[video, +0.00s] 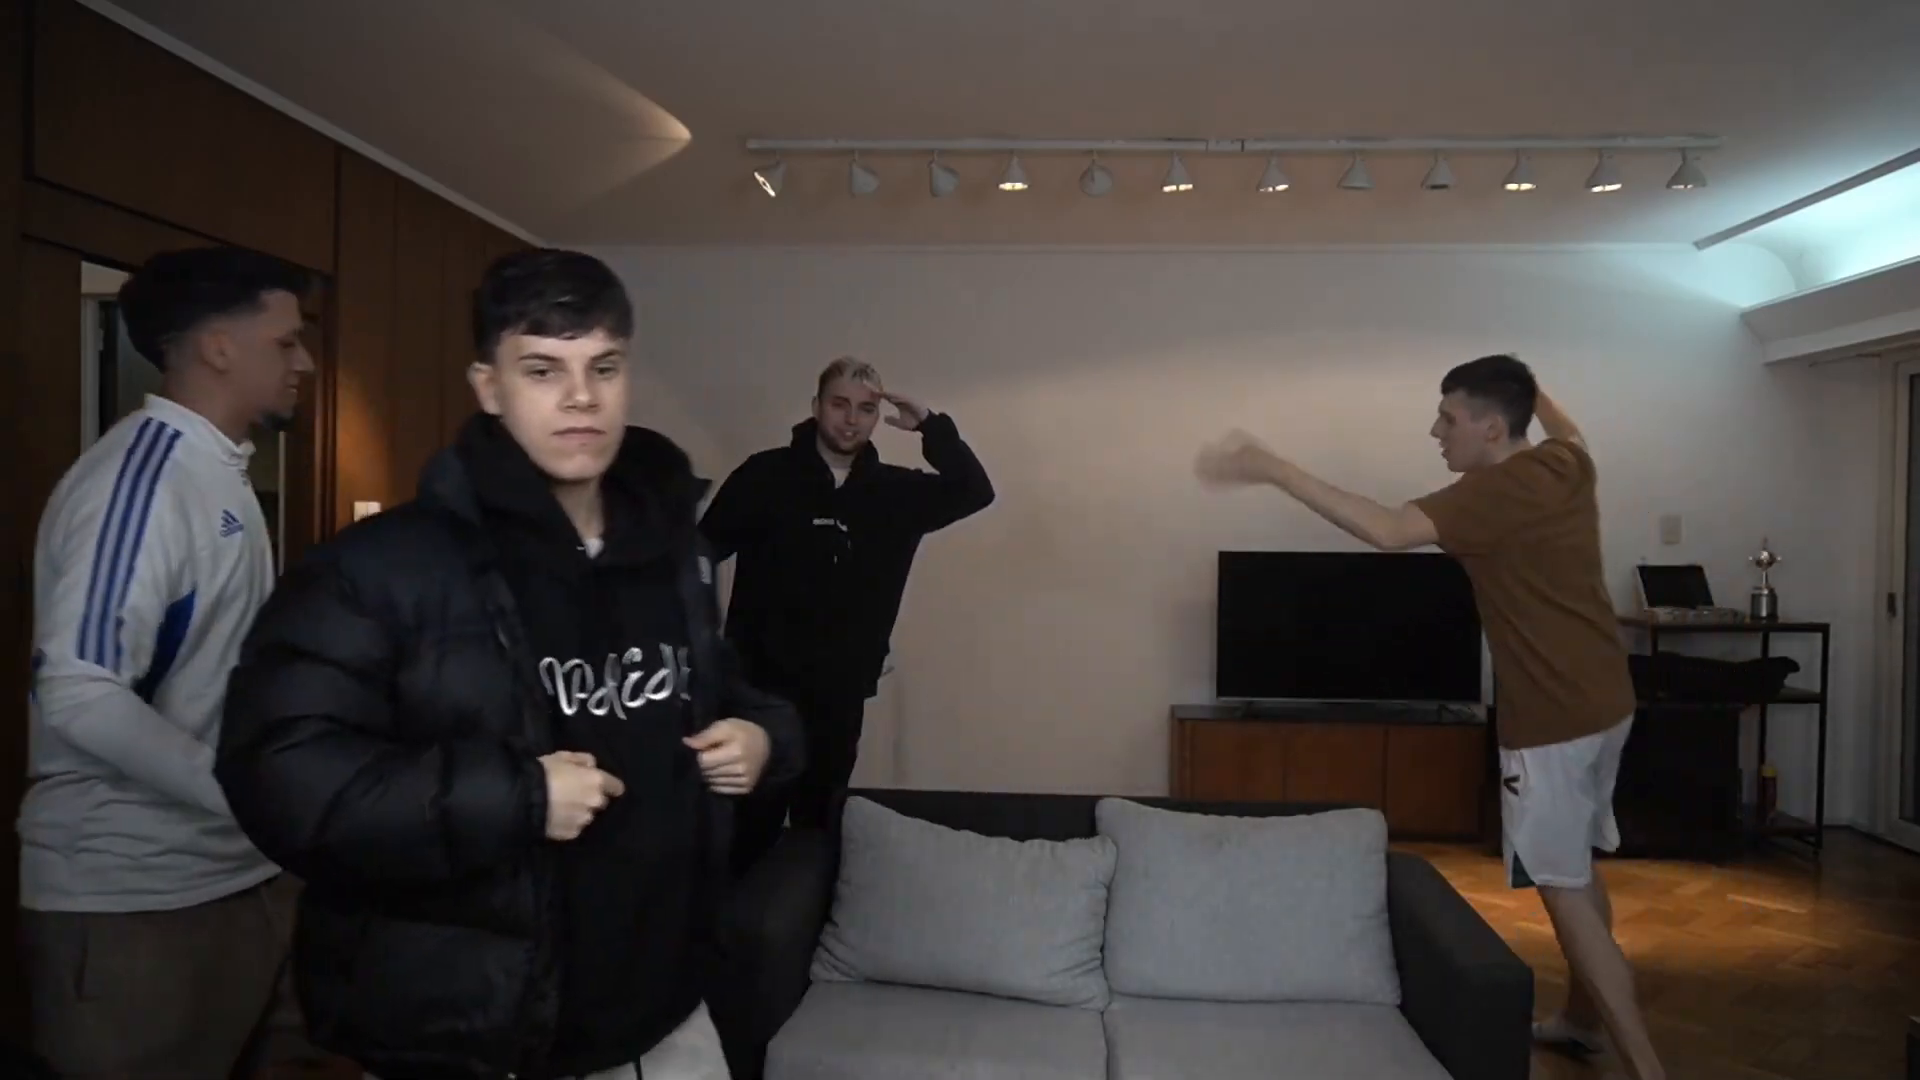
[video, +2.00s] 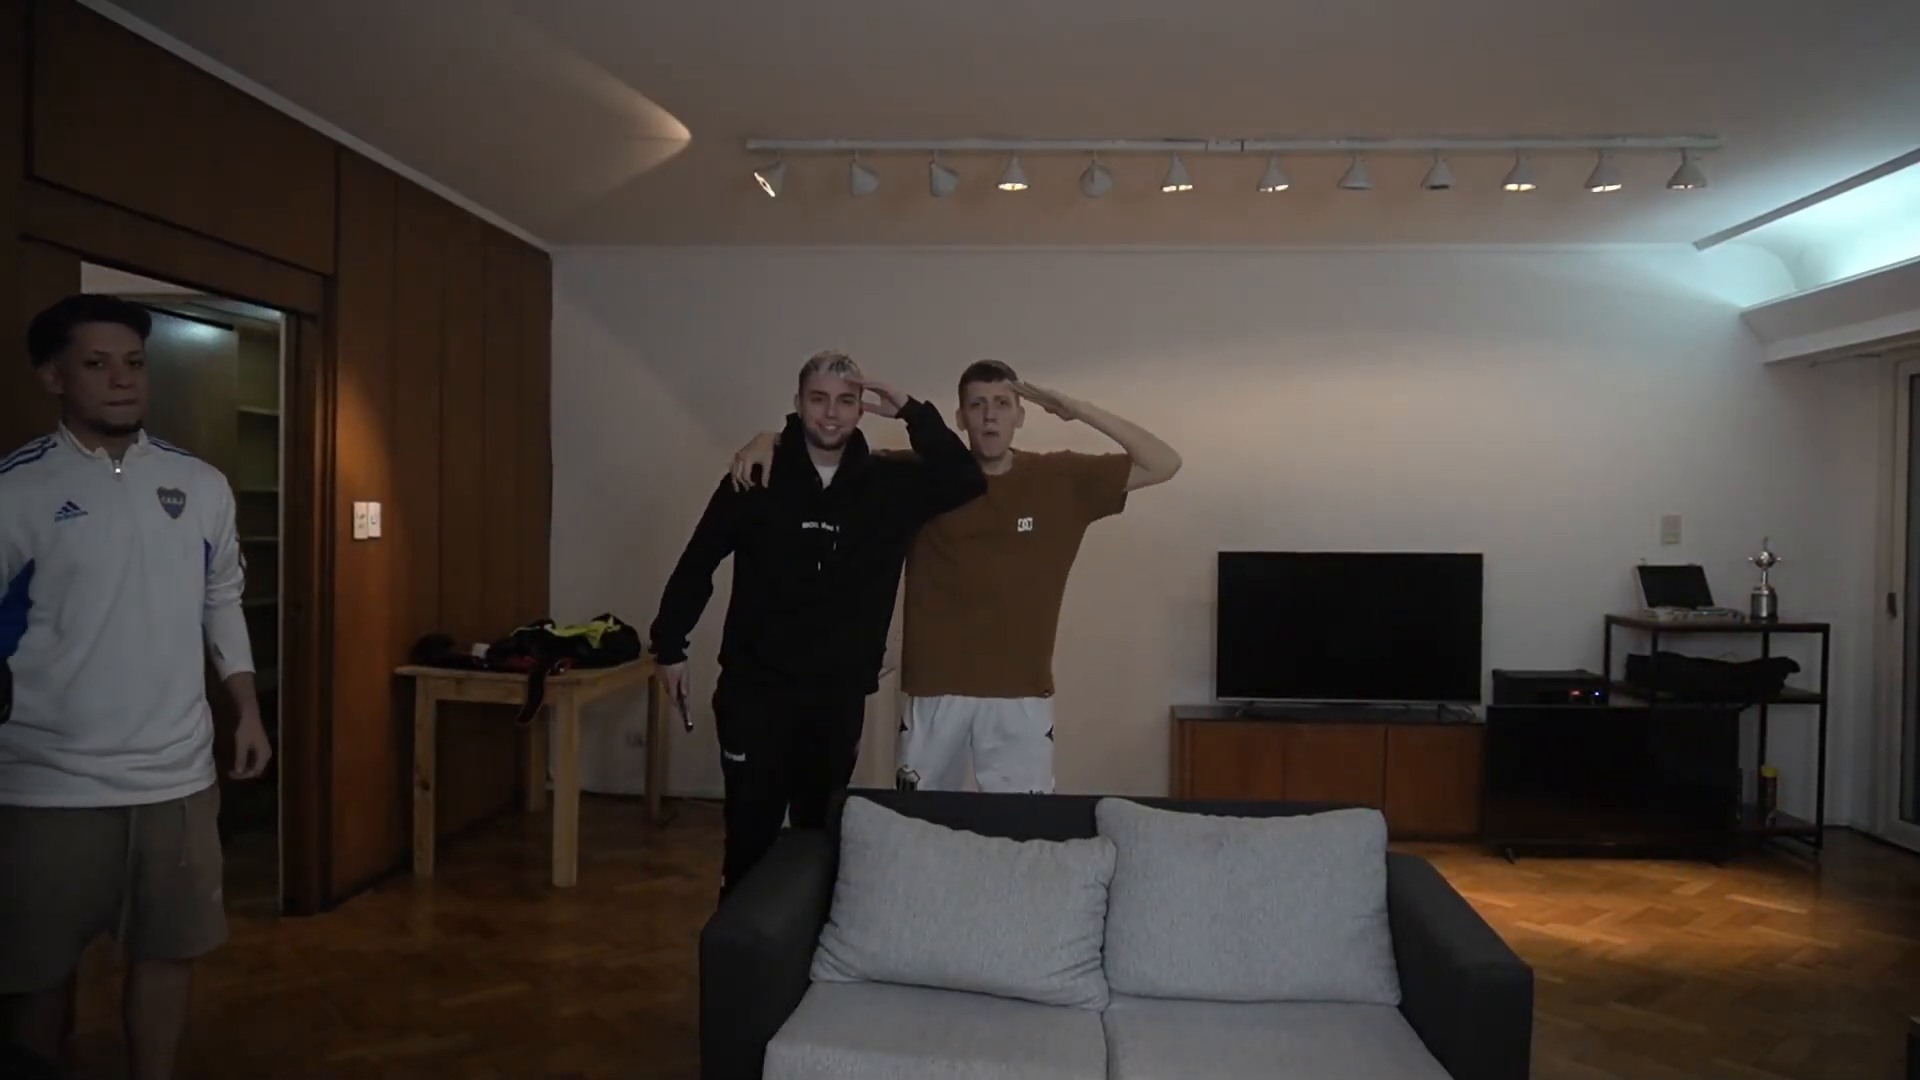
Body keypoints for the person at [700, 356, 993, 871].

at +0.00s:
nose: (851, 418)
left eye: (865, 408)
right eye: (840, 405)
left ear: (878, 418)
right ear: (817, 407)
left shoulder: (897, 493)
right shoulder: (764, 475)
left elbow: (974, 492)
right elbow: (700, 554)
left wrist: (930, 426)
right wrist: (699, 650)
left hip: (839, 688)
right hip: (759, 683)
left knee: (820, 825)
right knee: (749, 825)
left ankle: (810, 934)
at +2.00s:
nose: (831, 411)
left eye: (845, 400)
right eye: (819, 398)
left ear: (861, 410)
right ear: (798, 403)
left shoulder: (891, 484)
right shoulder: (756, 475)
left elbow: (965, 480)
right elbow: (698, 562)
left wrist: (912, 410)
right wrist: (670, 648)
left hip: (837, 690)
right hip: (756, 684)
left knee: (819, 831)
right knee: (751, 832)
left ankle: (814, 956)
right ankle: (740, 959)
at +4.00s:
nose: (824, 412)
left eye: (839, 400)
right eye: (812, 400)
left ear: (857, 410)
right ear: (794, 406)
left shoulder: (888, 486)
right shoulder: (754, 476)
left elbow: (966, 488)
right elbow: (695, 559)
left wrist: (913, 418)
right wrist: (663, 645)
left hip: (833, 690)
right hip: (749, 686)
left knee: (819, 832)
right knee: (747, 832)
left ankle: (814, 958)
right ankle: (738, 961)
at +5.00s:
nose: (824, 413)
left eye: (838, 400)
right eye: (811, 399)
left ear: (857, 409)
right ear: (794, 405)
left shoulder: (887, 487)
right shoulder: (754, 477)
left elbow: (965, 488)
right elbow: (696, 561)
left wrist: (913, 419)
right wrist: (663, 644)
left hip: (833, 692)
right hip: (749, 689)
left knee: (820, 837)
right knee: (746, 839)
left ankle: (816, 965)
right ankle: (738, 968)